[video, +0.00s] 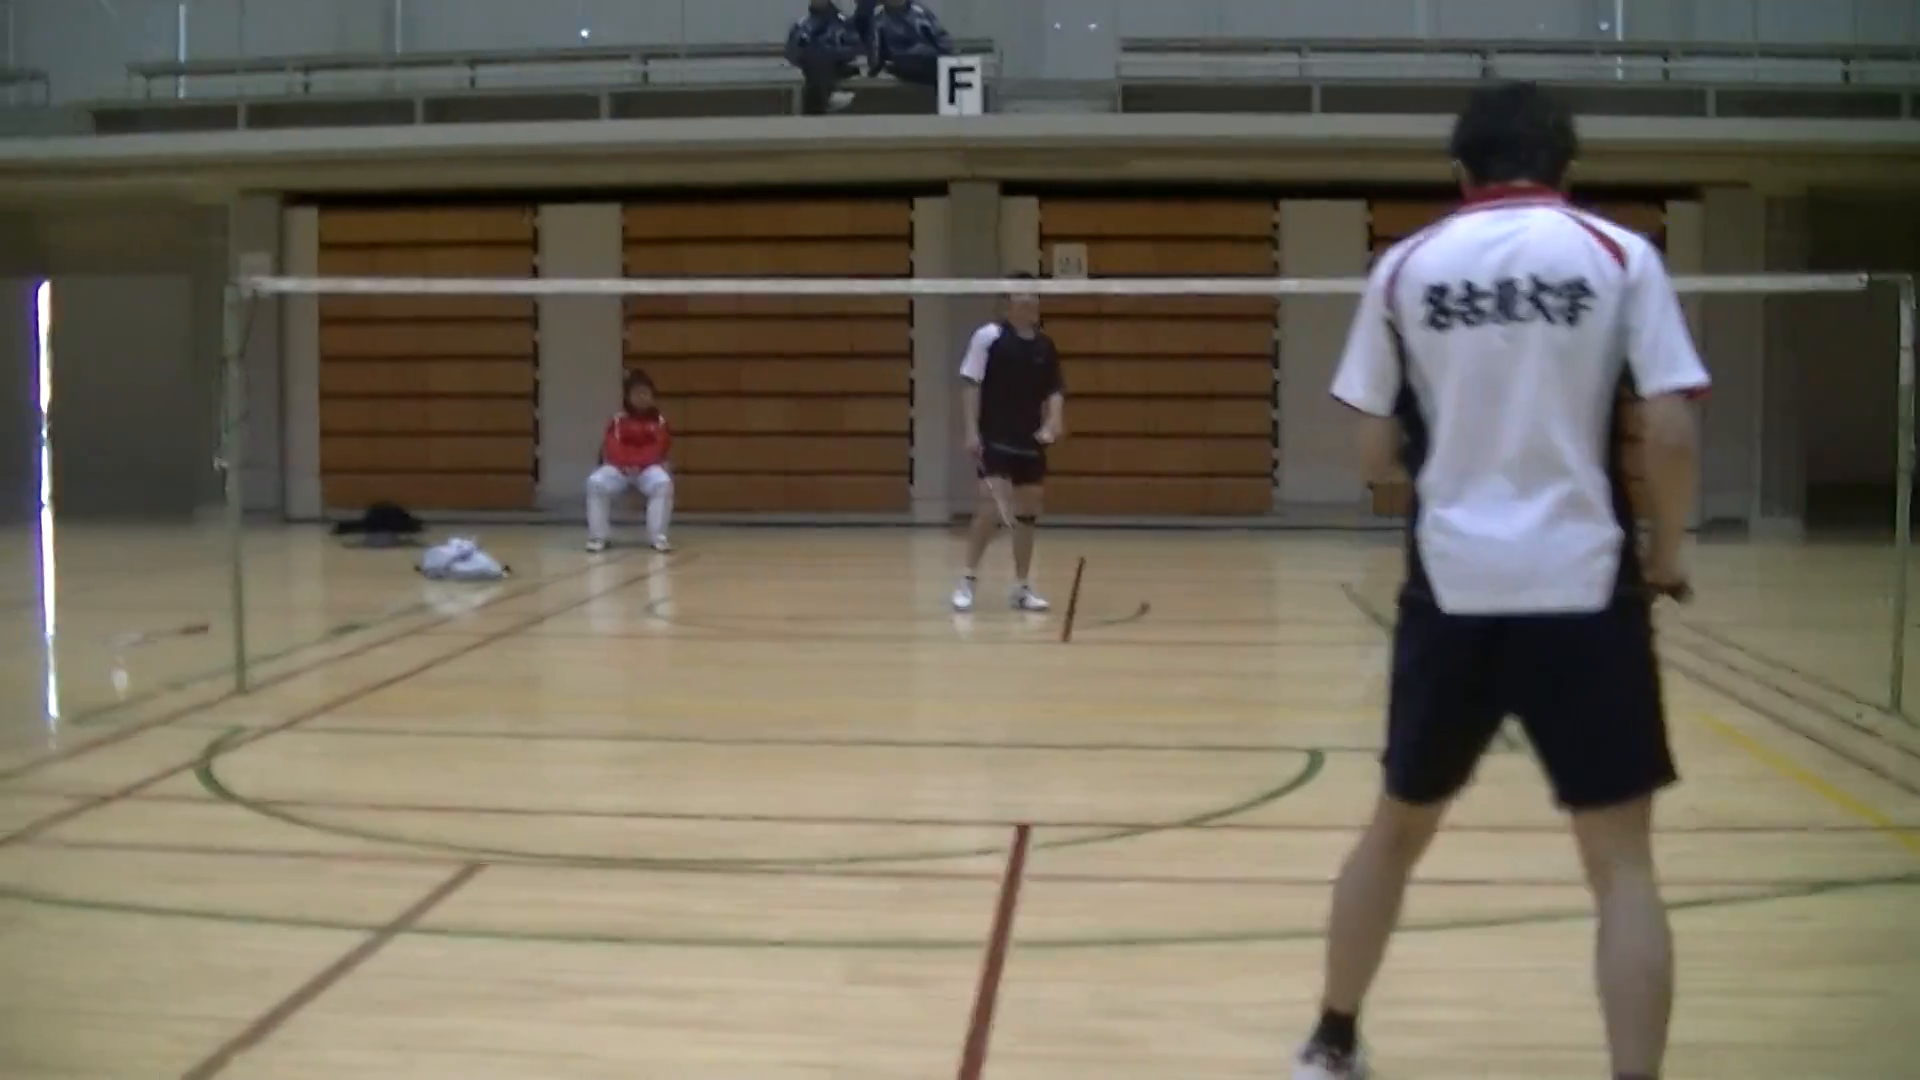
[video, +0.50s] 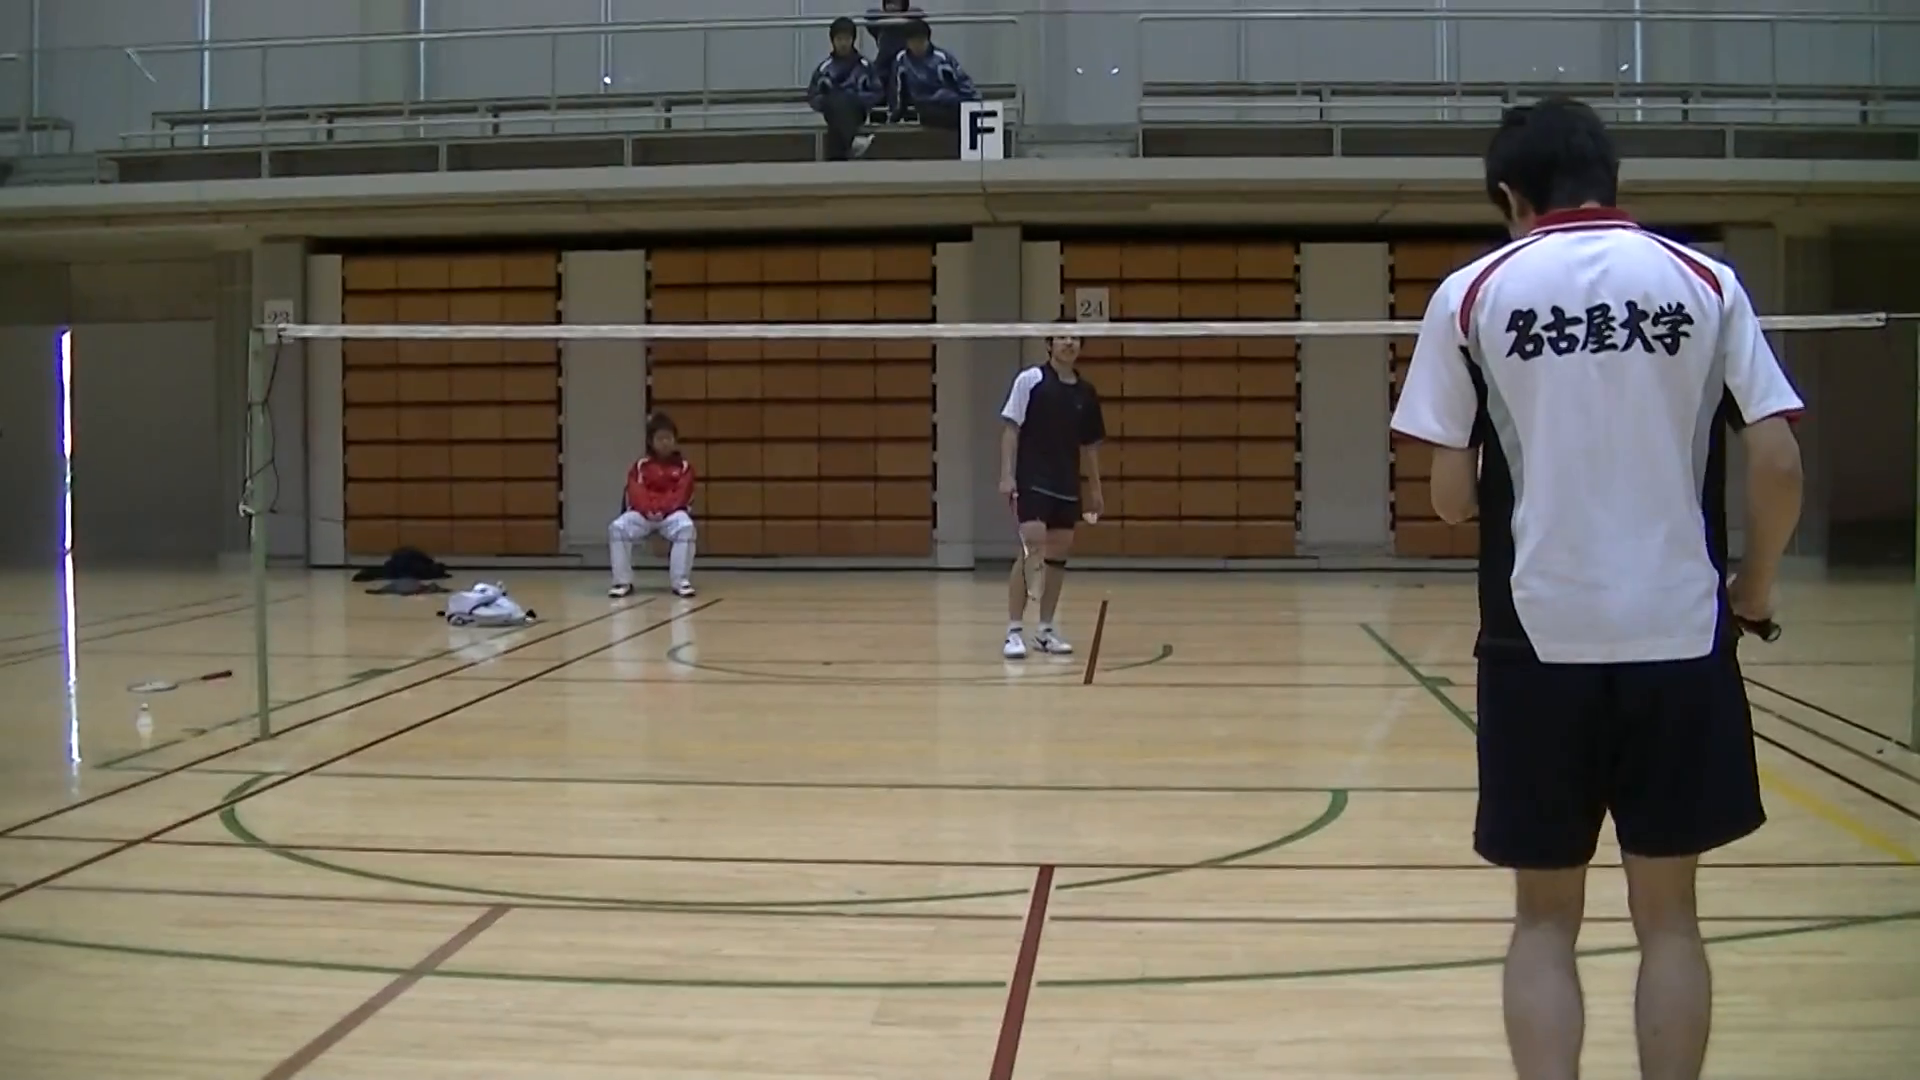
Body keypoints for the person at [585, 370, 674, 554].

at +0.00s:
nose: (641, 398)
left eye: (645, 393)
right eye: (636, 393)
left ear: (652, 396)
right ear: (628, 397)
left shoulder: (658, 421)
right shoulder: (619, 421)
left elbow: (660, 449)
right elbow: (612, 448)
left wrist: (639, 463)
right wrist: (624, 463)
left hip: (647, 466)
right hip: (620, 465)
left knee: (662, 484)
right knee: (596, 482)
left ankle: (658, 536)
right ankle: (598, 537)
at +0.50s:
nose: (665, 443)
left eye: (669, 438)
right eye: (660, 439)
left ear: (675, 440)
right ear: (650, 442)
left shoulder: (683, 467)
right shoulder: (641, 466)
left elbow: (681, 495)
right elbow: (635, 492)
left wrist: (663, 509)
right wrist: (646, 508)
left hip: (671, 513)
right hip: (643, 512)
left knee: (686, 529)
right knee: (618, 528)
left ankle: (680, 581)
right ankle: (622, 582)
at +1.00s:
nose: (663, 450)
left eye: (667, 445)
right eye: (658, 446)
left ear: (672, 448)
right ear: (649, 449)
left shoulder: (682, 474)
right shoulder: (638, 473)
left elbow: (680, 502)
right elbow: (633, 499)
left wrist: (662, 517)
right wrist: (644, 516)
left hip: (669, 520)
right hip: (641, 519)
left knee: (684, 536)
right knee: (616, 536)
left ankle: (678, 588)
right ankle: (621, 590)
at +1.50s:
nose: (661, 450)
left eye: (665, 445)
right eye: (656, 446)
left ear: (670, 448)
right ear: (646, 449)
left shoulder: (679, 474)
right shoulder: (635, 473)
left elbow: (677, 503)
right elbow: (631, 500)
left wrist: (659, 517)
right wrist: (645, 516)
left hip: (667, 520)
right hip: (638, 520)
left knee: (682, 536)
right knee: (613, 536)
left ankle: (676, 588)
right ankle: (618, 590)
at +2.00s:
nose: (659, 449)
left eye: (663, 444)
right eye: (654, 445)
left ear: (668, 447)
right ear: (645, 449)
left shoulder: (677, 474)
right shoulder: (634, 472)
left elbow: (676, 503)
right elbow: (629, 499)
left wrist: (657, 517)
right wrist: (644, 515)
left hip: (665, 520)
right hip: (637, 519)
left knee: (680, 535)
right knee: (611, 535)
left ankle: (674, 588)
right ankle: (616, 589)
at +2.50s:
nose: (658, 450)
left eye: (661, 445)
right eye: (652, 446)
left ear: (668, 447)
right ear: (644, 450)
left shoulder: (677, 475)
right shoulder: (633, 473)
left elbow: (674, 504)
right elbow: (628, 500)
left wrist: (656, 517)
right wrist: (644, 516)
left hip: (664, 520)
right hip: (635, 520)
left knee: (679, 535)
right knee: (610, 535)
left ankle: (673, 587)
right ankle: (615, 589)